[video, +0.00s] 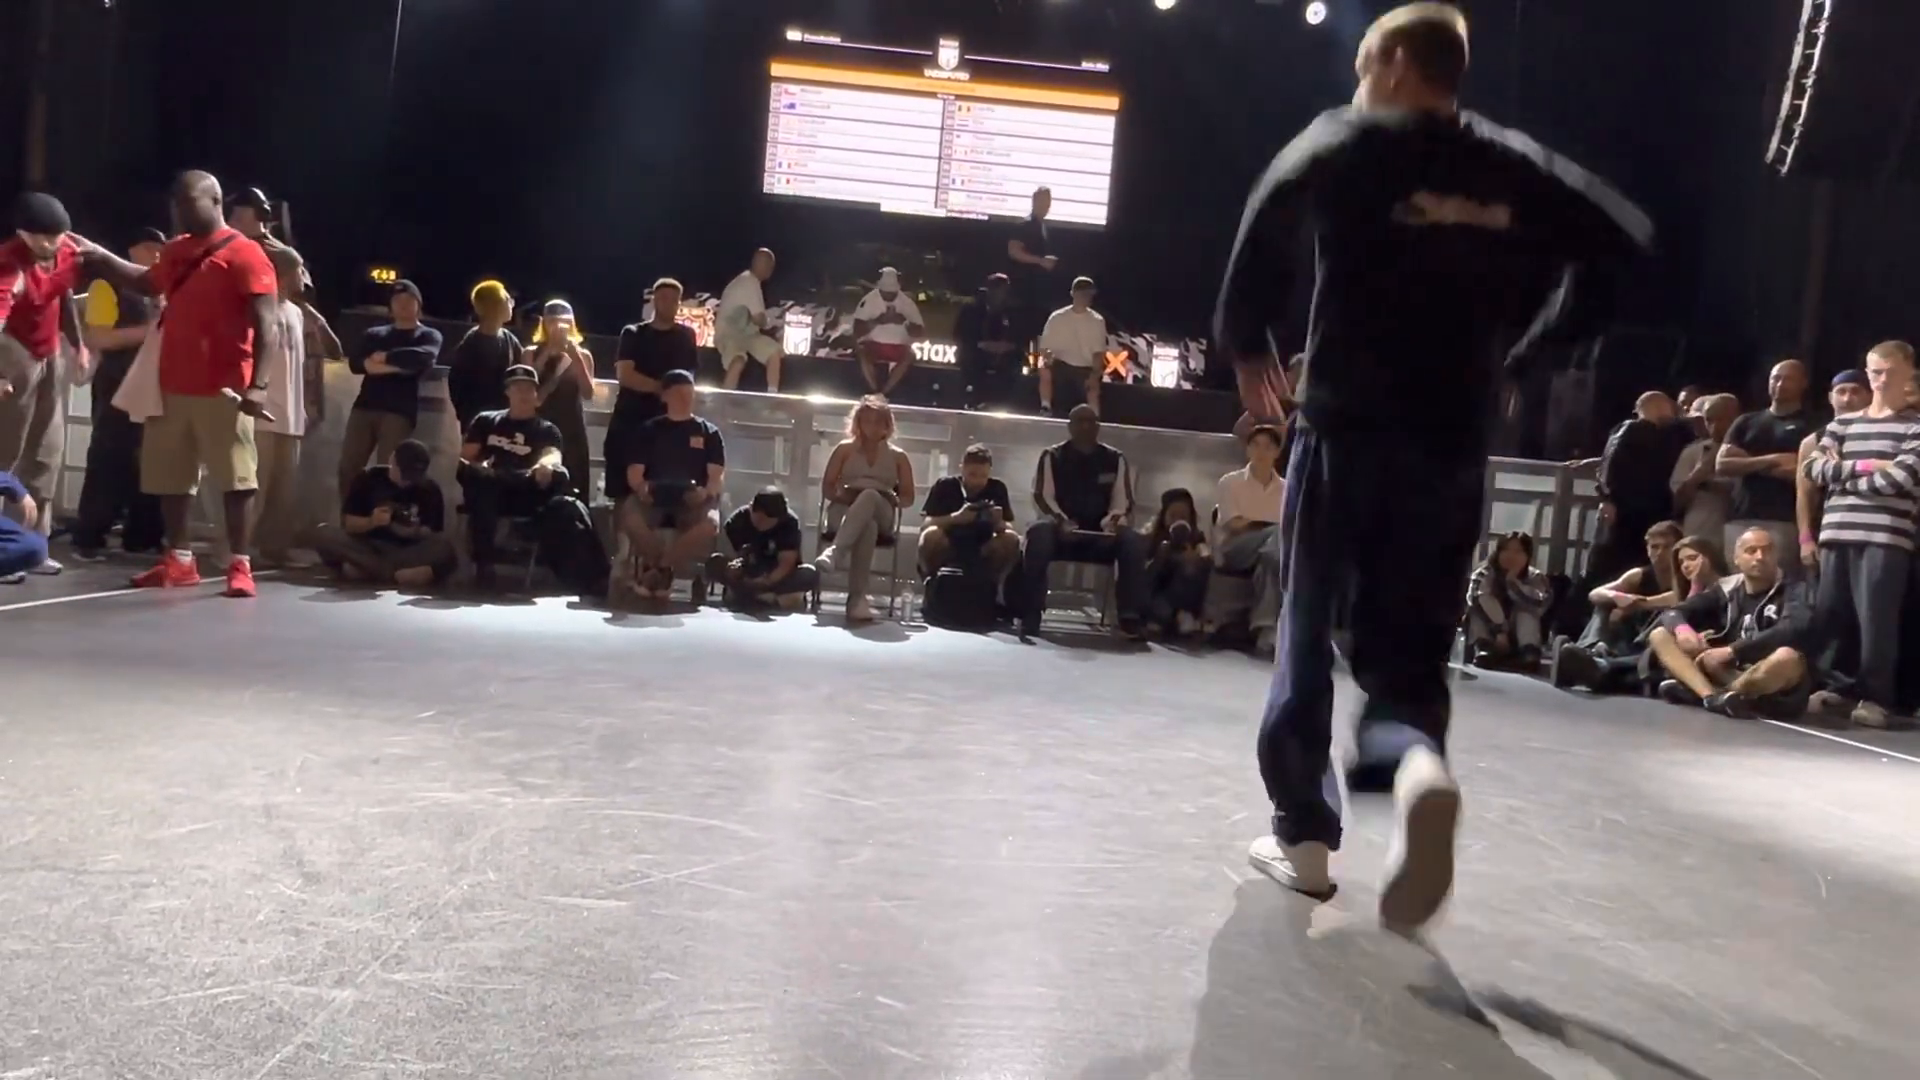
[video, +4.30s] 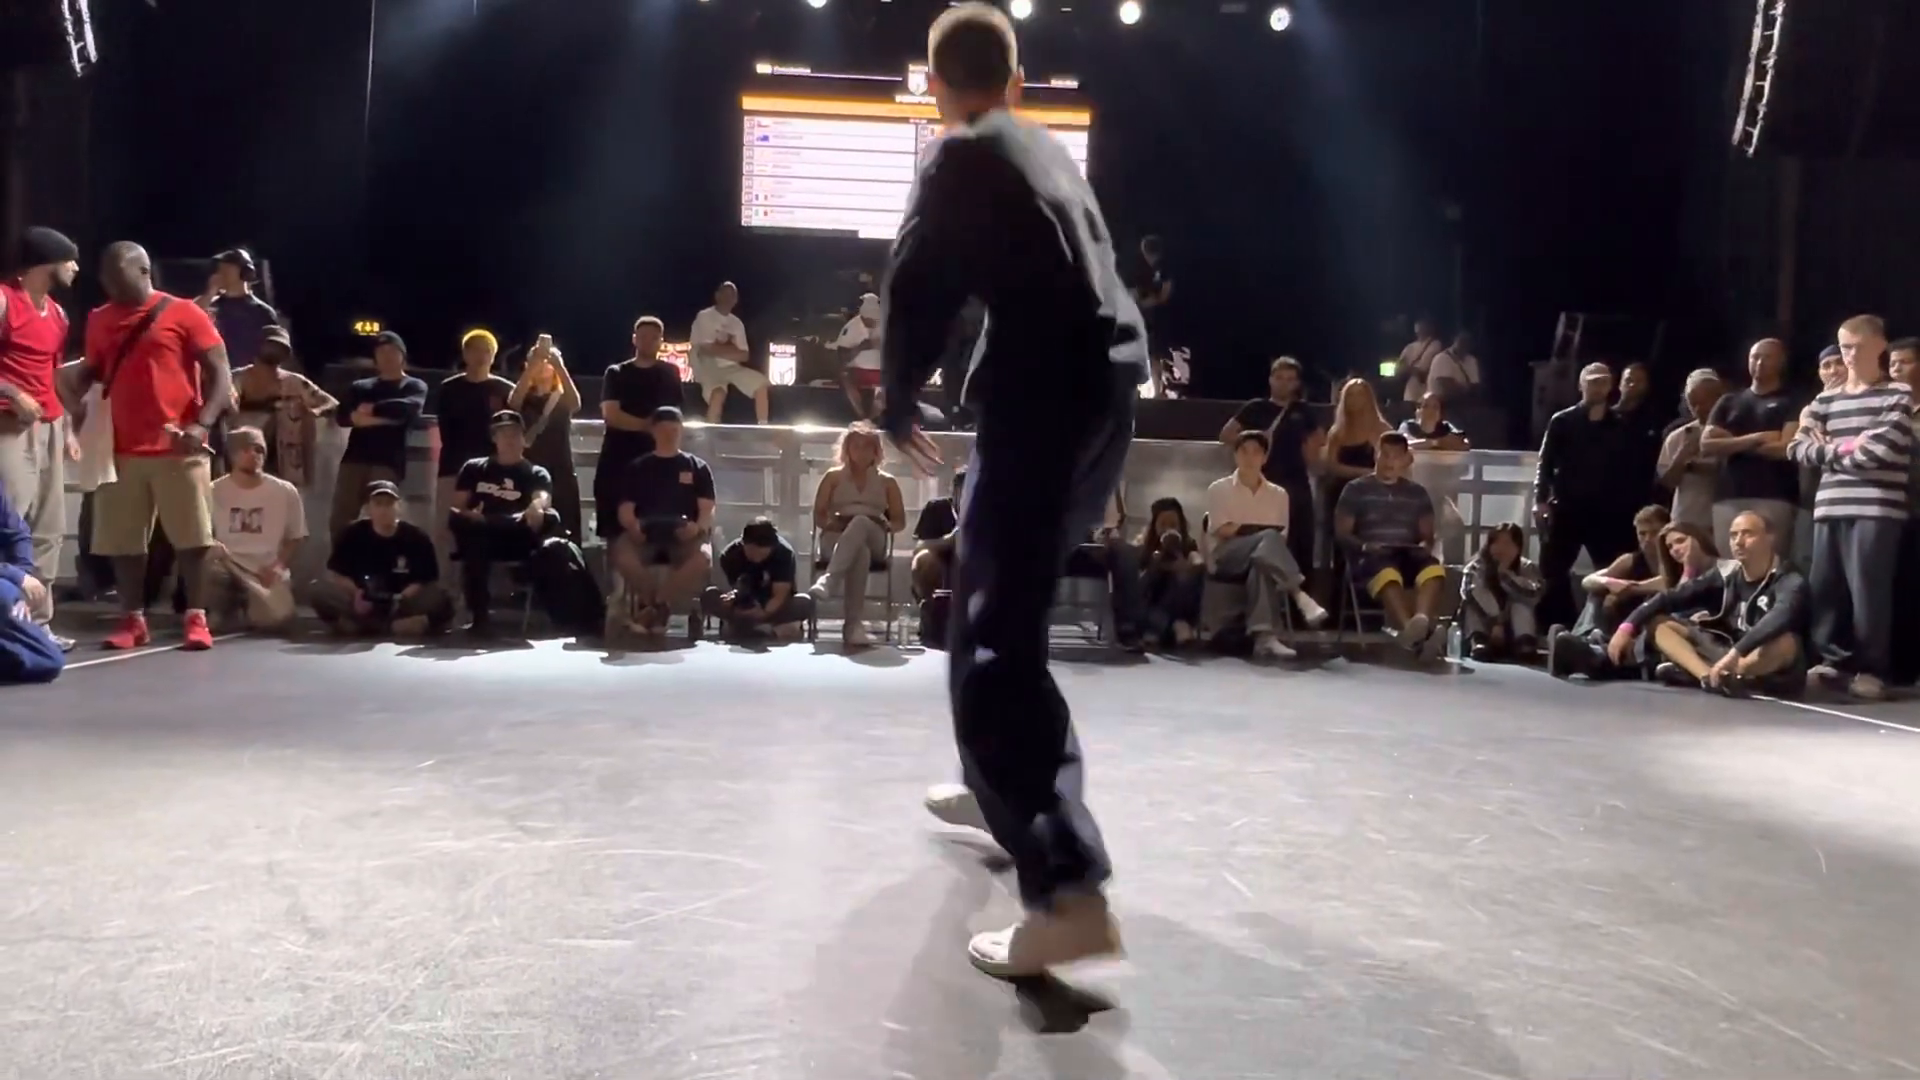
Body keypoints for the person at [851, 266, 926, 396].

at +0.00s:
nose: (889, 296)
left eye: (893, 293)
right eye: (886, 293)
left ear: (898, 289)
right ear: (879, 289)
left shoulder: (907, 302)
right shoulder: (869, 300)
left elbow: (919, 332)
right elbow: (857, 331)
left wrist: (903, 321)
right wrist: (878, 320)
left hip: (899, 346)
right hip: (874, 344)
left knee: (909, 357)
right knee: (862, 353)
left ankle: (884, 392)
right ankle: (875, 391)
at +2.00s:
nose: (876, 305)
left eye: (880, 301)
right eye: (873, 301)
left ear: (885, 298)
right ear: (867, 298)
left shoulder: (894, 310)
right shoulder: (856, 309)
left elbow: (905, 340)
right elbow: (845, 339)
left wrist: (891, 330)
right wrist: (866, 330)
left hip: (887, 354)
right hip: (860, 352)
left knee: (897, 365)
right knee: (851, 362)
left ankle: (874, 401)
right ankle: (863, 398)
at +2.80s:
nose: (859, 303)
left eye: (862, 300)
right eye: (855, 300)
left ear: (867, 296)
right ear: (849, 296)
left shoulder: (876, 307)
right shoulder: (840, 307)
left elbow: (890, 337)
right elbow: (828, 339)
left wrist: (875, 327)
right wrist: (849, 328)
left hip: (871, 353)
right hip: (845, 351)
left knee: (882, 364)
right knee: (833, 357)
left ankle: (858, 400)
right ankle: (849, 398)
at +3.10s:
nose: (861, 313)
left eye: (865, 310)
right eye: (857, 310)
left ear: (870, 307)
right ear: (851, 306)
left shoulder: (879, 319)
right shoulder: (841, 318)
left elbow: (891, 347)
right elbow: (831, 349)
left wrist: (876, 338)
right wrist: (850, 338)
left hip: (873, 363)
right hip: (847, 361)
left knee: (883, 374)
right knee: (836, 371)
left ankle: (860, 411)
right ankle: (852, 410)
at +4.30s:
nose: (873, 323)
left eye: (876, 319)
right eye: (870, 319)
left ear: (879, 317)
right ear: (862, 316)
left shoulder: (883, 326)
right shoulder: (852, 328)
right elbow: (842, 357)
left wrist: (881, 343)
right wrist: (862, 346)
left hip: (880, 374)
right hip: (859, 373)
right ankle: (862, 416)